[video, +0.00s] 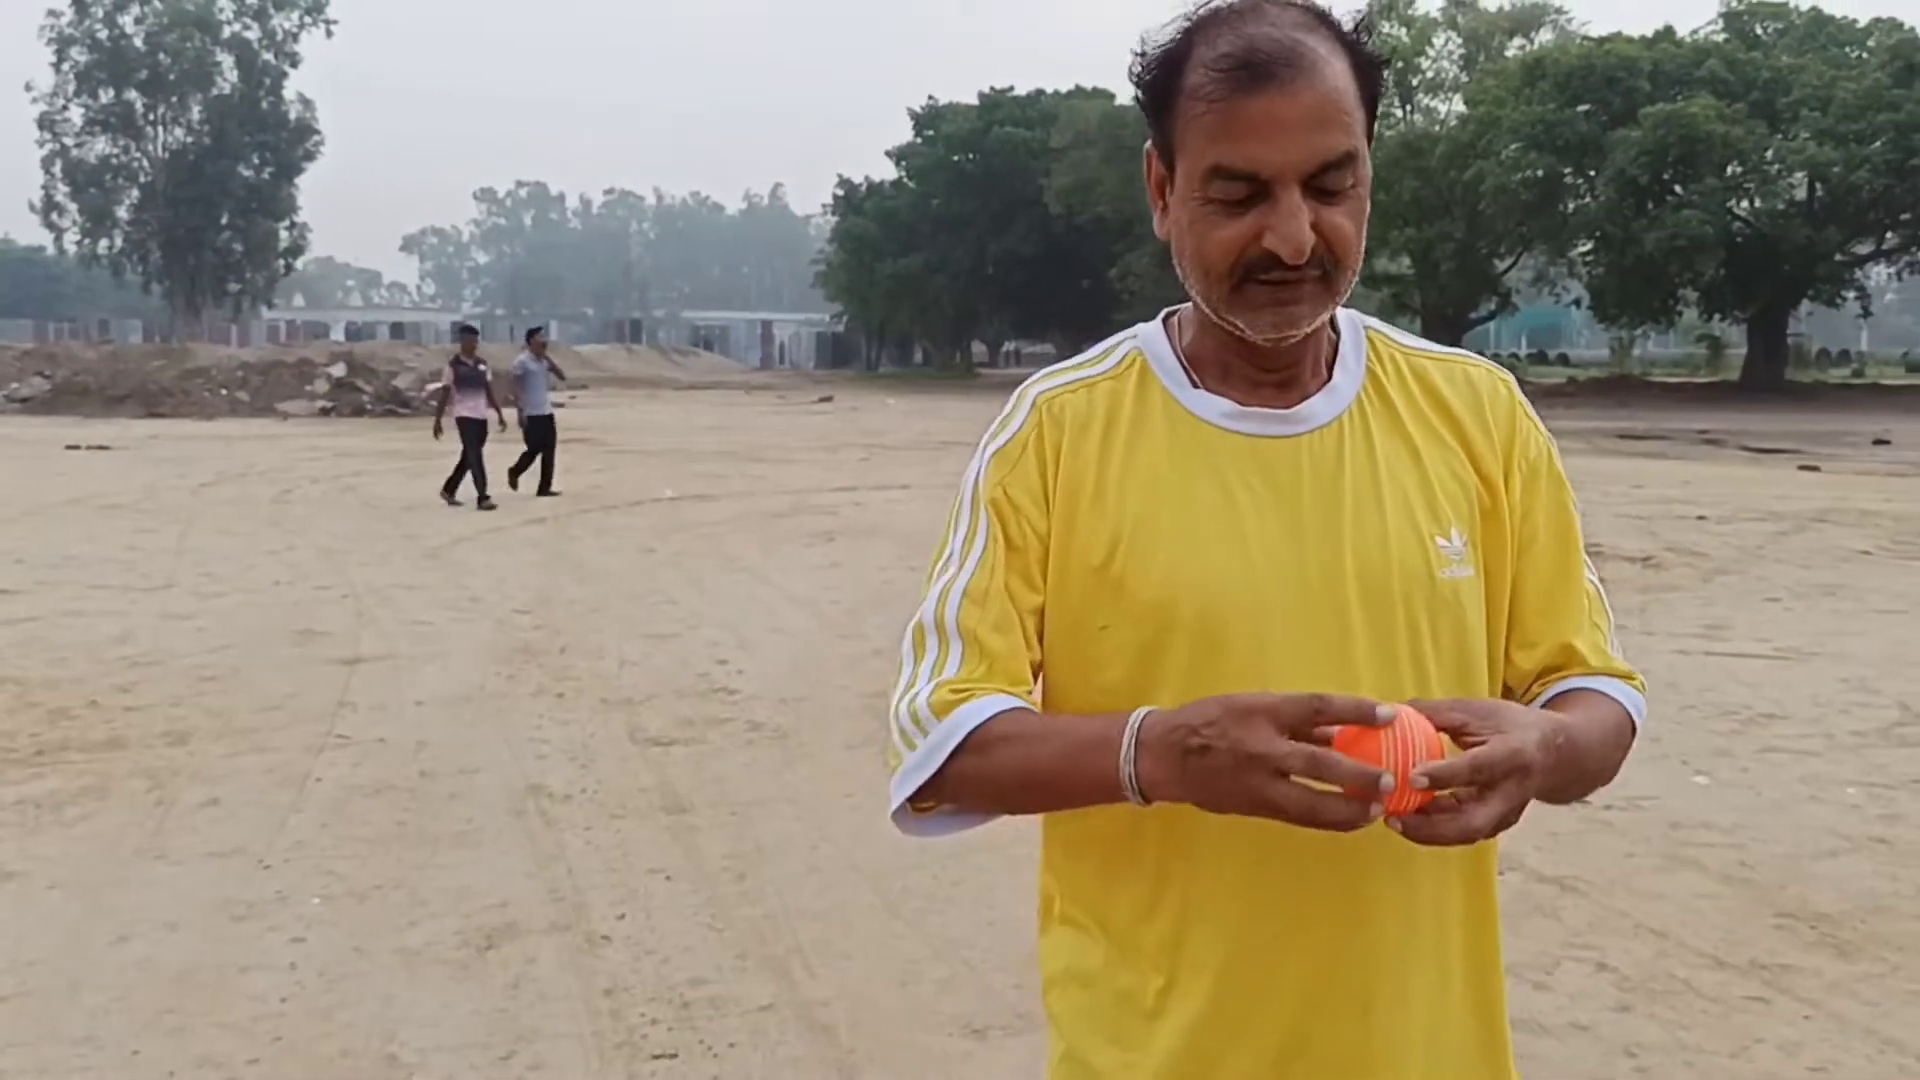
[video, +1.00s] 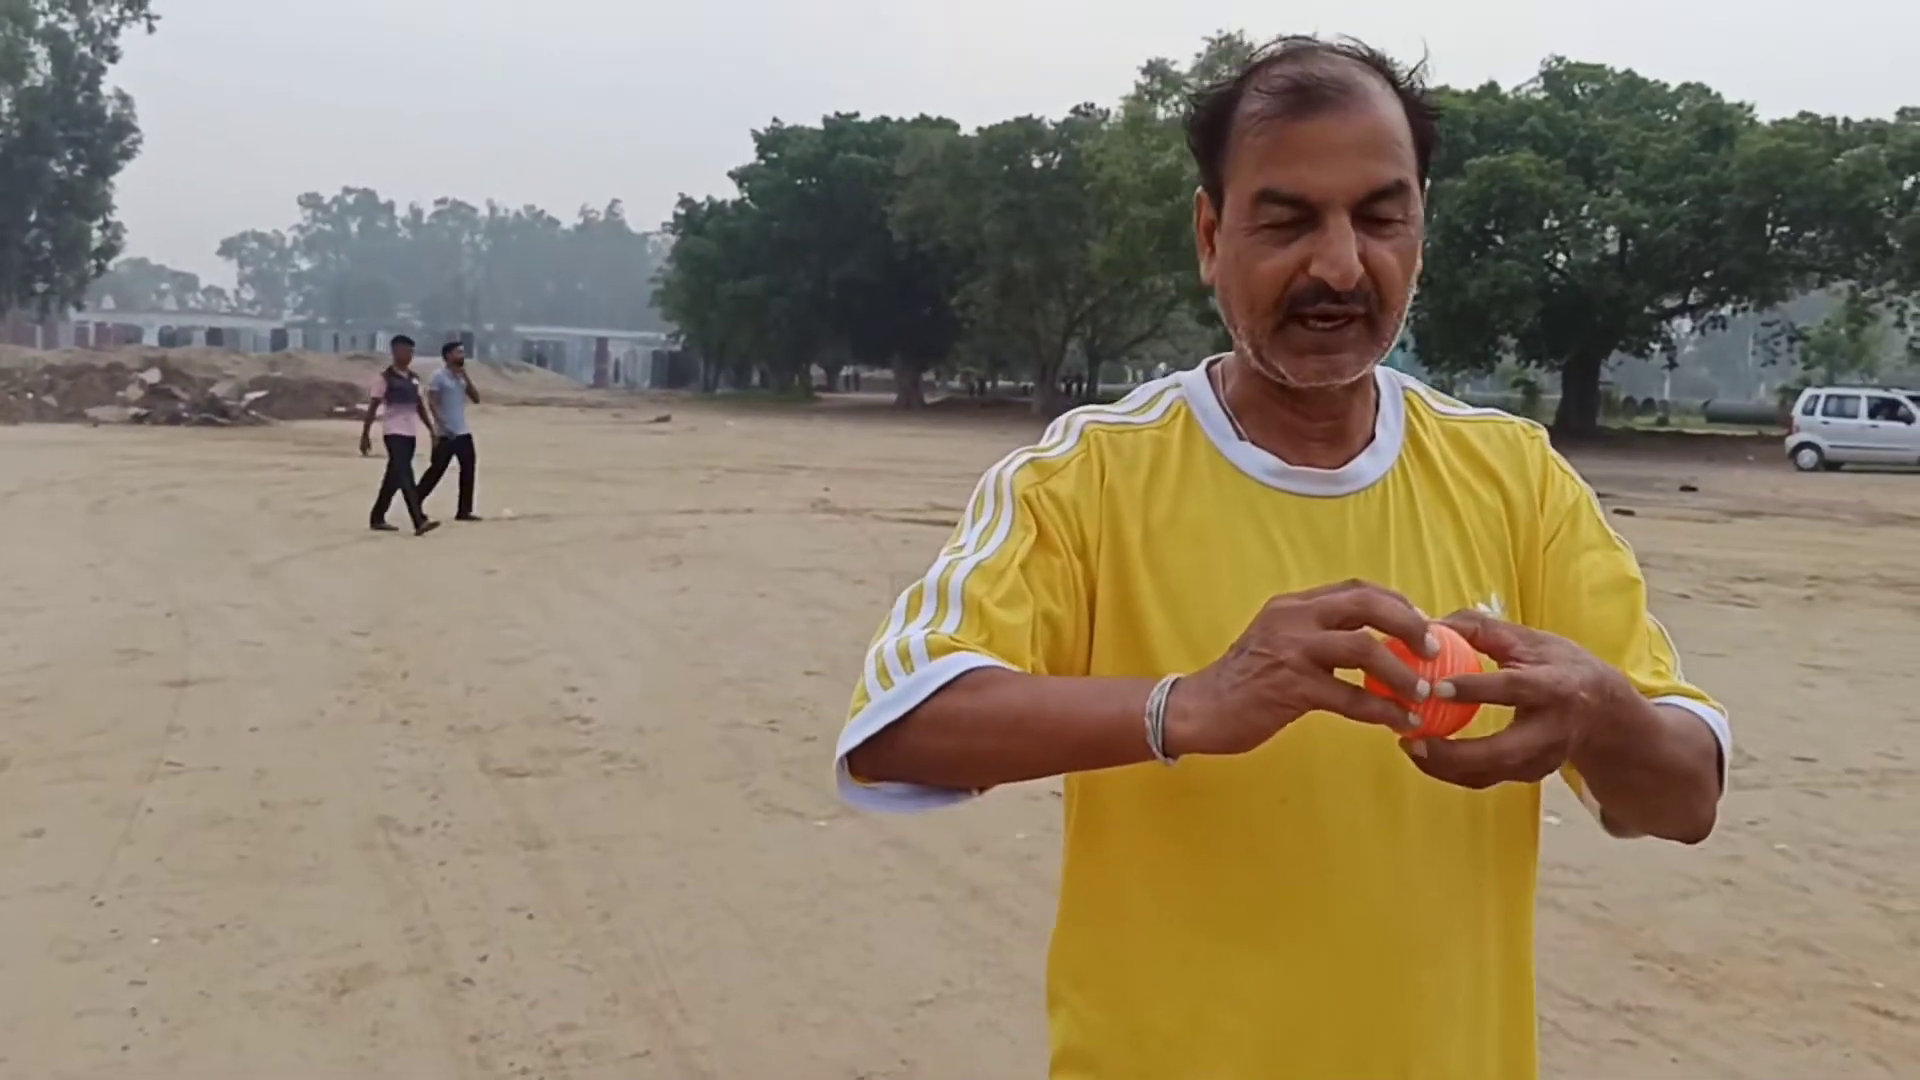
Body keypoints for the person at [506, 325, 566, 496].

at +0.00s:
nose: (543, 342)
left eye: (543, 338)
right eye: (539, 339)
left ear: (542, 341)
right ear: (530, 342)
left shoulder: (542, 361)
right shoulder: (521, 362)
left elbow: (561, 376)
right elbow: (515, 390)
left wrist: (547, 359)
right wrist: (520, 413)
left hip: (546, 413)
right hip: (531, 414)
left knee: (549, 452)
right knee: (534, 449)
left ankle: (545, 486)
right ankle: (514, 472)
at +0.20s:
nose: (523, 341)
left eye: (523, 337)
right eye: (519, 338)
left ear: (521, 341)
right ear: (509, 341)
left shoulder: (521, 362)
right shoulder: (499, 363)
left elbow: (539, 377)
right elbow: (488, 389)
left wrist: (524, 360)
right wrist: (488, 414)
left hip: (521, 412)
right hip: (507, 412)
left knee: (516, 452)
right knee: (517, 450)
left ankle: (507, 488)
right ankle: (521, 486)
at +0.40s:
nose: (495, 344)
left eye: (495, 340)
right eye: (490, 340)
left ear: (494, 344)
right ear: (480, 345)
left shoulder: (494, 366)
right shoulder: (471, 368)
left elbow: (511, 381)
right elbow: (462, 394)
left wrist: (496, 364)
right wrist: (461, 419)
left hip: (494, 415)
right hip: (480, 415)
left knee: (485, 452)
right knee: (491, 453)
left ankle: (467, 483)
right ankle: (498, 489)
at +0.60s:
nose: (472, 332)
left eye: (472, 328)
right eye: (468, 329)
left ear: (471, 332)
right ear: (458, 333)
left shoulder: (472, 353)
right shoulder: (448, 356)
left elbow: (488, 374)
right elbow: (444, 384)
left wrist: (475, 354)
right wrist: (449, 408)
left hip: (473, 408)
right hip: (455, 409)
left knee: (480, 444)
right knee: (456, 449)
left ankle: (459, 471)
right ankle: (458, 485)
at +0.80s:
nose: (458, 337)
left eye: (458, 333)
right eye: (453, 334)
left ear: (457, 337)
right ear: (443, 338)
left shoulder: (457, 358)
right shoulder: (435, 360)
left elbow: (472, 380)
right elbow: (432, 387)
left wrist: (462, 359)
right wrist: (449, 407)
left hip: (457, 415)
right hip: (438, 416)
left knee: (466, 456)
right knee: (432, 457)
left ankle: (474, 490)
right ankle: (428, 490)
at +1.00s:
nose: (462, 356)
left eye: (462, 352)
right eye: (458, 352)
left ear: (461, 356)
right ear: (447, 356)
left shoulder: (460, 377)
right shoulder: (439, 377)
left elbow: (475, 398)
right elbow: (432, 403)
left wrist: (466, 378)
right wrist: (440, 426)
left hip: (462, 433)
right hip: (445, 433)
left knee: (468, 473)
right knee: (436, 471)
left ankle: (464, 510)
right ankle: (415, 500)